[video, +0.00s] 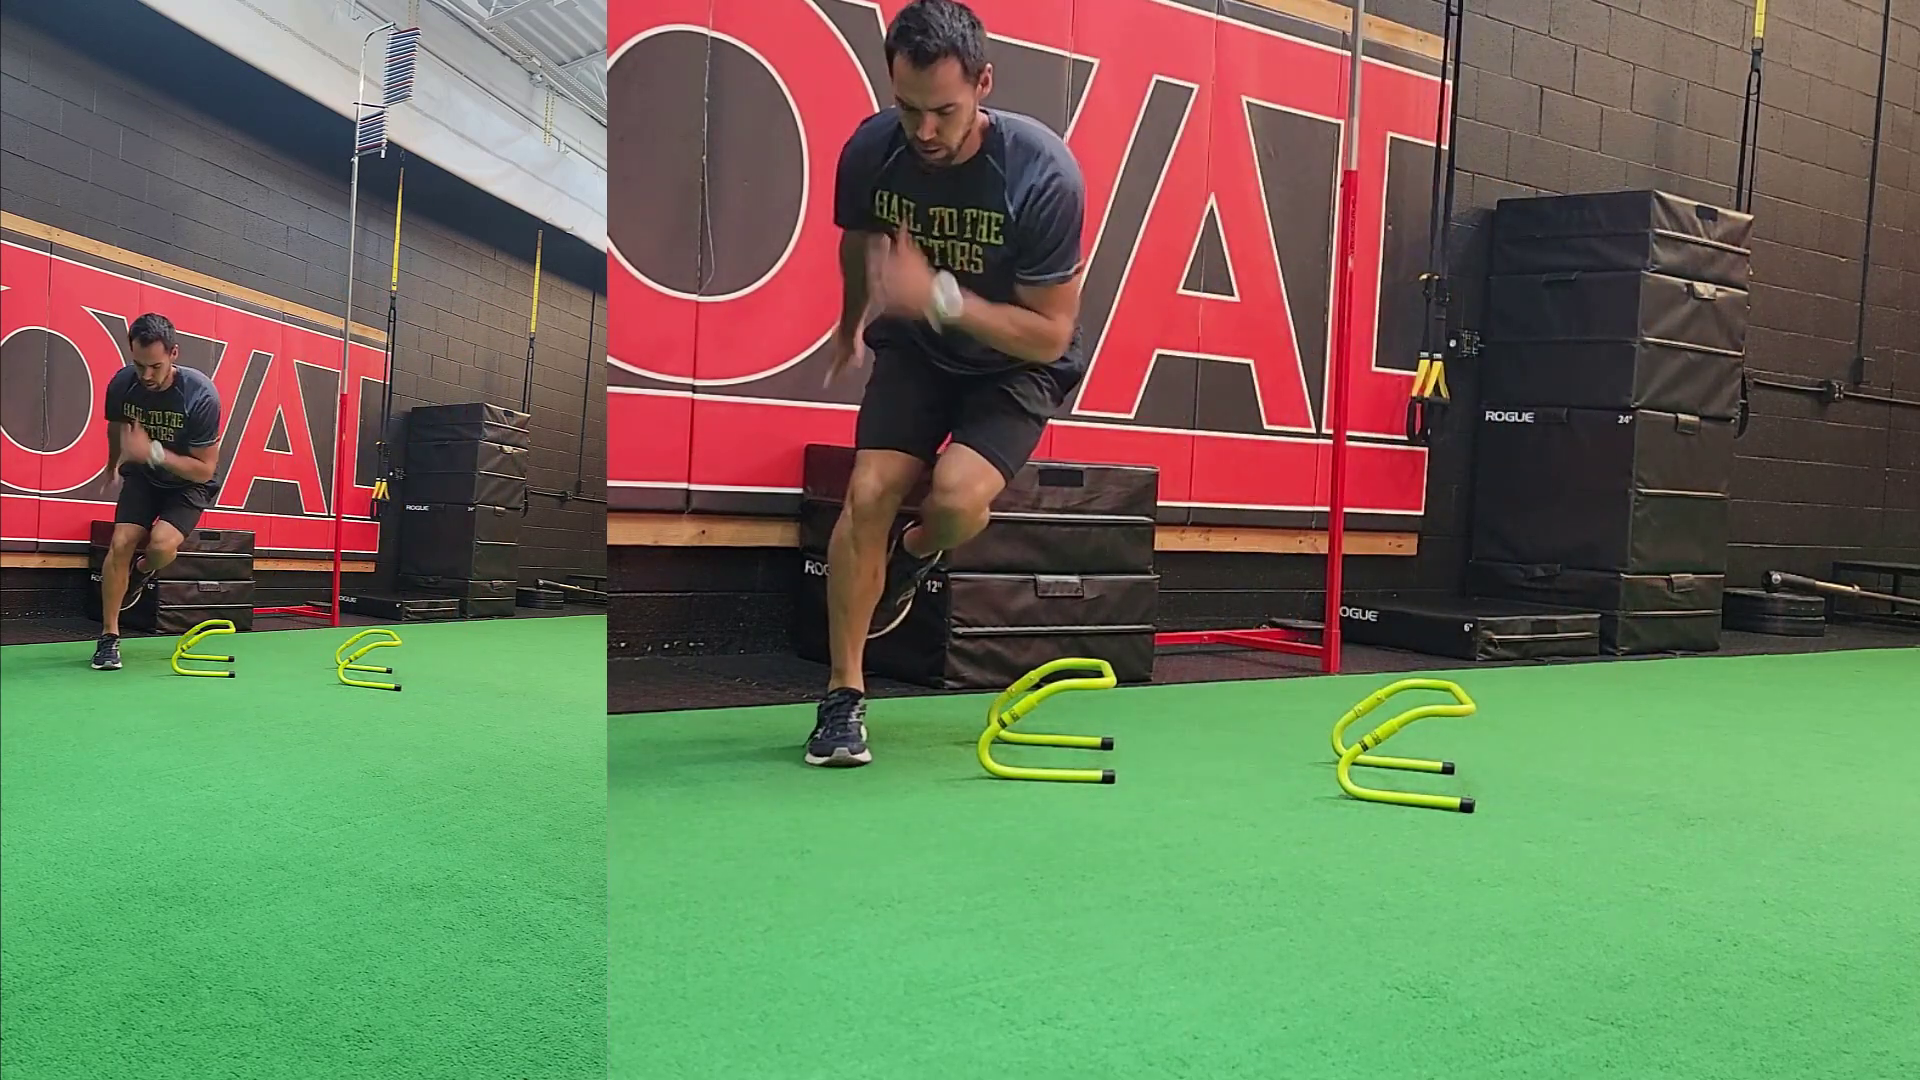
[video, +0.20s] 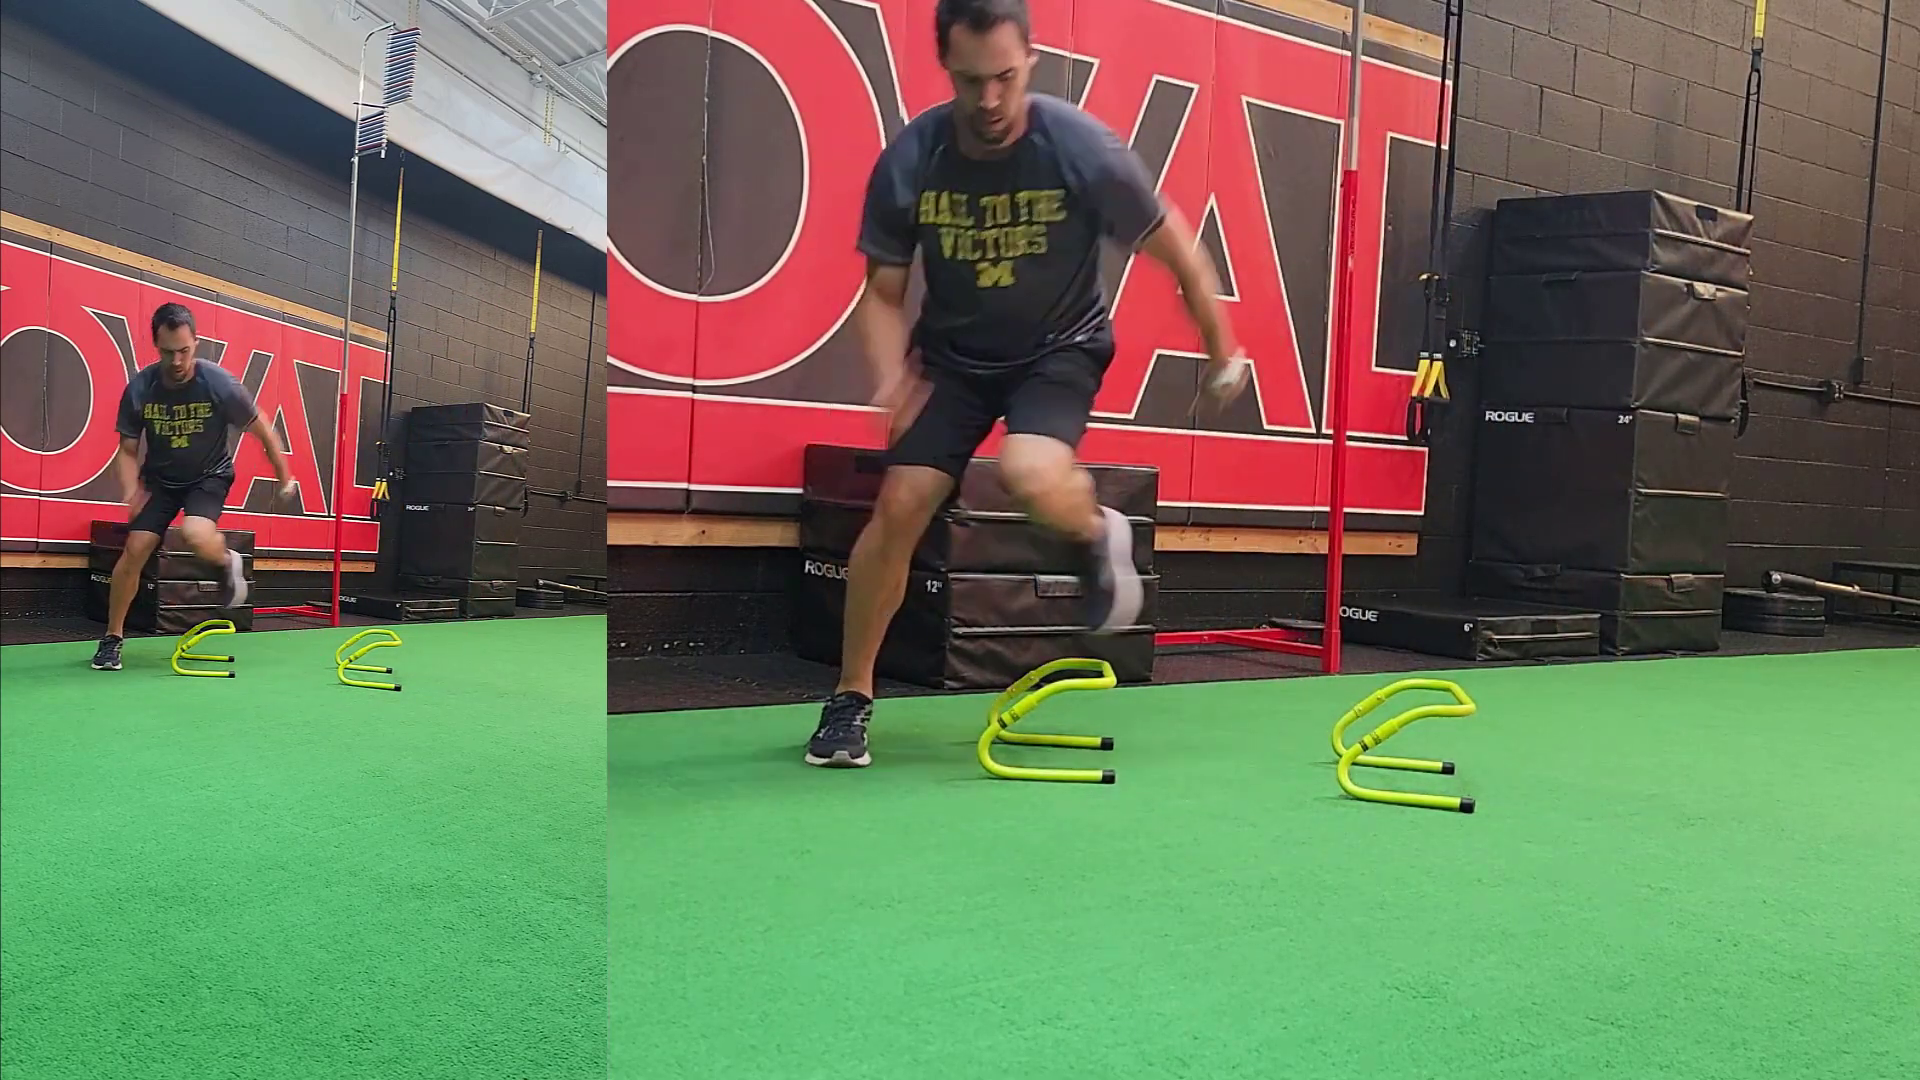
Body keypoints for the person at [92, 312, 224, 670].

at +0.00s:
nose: (147, 375)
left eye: (155, 367)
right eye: (140, 365)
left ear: (174, 355)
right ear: (131, 355)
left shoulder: (202, 397)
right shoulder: (122, 385)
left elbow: (205, 470)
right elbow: (116, 428)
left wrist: (153, 452)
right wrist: (112, 467)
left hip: (189, 482)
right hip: (141, 475)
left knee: (162, 543)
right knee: (122, 543)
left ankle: (141, 575)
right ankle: (110, 636)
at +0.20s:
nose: (177, 360)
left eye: (184, 351)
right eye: (169, 352)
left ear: (196, 343)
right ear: (156, 345)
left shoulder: (220, 384)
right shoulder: (139, 389)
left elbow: (261, 427)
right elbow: (127, 449)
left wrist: (284, 476)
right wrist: (130, 489)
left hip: (209, 476)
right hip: (160, 480)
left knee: (196, 535)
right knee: (135, 549)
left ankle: (229, 565)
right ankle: (113, 636)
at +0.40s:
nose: (252, 317)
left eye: (258, 307)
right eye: (243, 309)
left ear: (266, 301)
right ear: (227, 302)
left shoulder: (288, 346)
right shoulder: (203, 345)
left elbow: (311, 399)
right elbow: (188, 398)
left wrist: (307, 455)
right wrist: (189, 441)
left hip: (265, 451)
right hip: (214, 448)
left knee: (268, 542)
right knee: (184, 524)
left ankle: (278, 629)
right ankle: (147, 604)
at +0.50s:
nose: (286, 314)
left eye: (292, 305)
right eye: (277, 306)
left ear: (301, 301)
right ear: (261, 300)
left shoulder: (319, 348)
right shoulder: (237, 344)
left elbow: (330, 407)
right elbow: (207, 394)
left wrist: (312, 436)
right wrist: (188, 443)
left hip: (293, 452)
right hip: (246, 444)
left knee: (285, 551)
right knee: (240, 500)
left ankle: (280, 635)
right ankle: (227, 543)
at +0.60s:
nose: (316, 307)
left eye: (323, 298)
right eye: (308, 297)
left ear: (330, 294)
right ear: (290, 291)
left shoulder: (343, 335)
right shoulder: (261, 336)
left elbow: (354, 399)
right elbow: (232, 379)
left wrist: (331, 375)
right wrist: (217, 422)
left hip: (322, 443)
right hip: (277, 436)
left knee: (317, 533)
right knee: (295, 505)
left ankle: (295, 620)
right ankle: (277, 586)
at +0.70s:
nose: (347, 314)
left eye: (353, 306)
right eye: (340, 305)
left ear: (360, 302)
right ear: (321, 299)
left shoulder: (372, 341)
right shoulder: (293, 345)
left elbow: (377, 402)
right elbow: (261, 389)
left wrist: (361, 395)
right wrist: (246, 436)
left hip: (351, 450)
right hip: (303, 451)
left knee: (371, 519)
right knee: (312, 544)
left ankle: (339, 559)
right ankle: (294, 638)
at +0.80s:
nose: (380, 323)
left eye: (386, 314)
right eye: (372, 314)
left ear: (392, 309)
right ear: (351, 307)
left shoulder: (398, 349)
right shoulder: (322, 358)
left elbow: (401, 408)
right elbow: (289, 409)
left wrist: (387, 402)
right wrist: (267, 462)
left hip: (378, 458)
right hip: (331, 467)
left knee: (422, 514)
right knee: (327, 554)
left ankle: (406, 571)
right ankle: (296, 643)